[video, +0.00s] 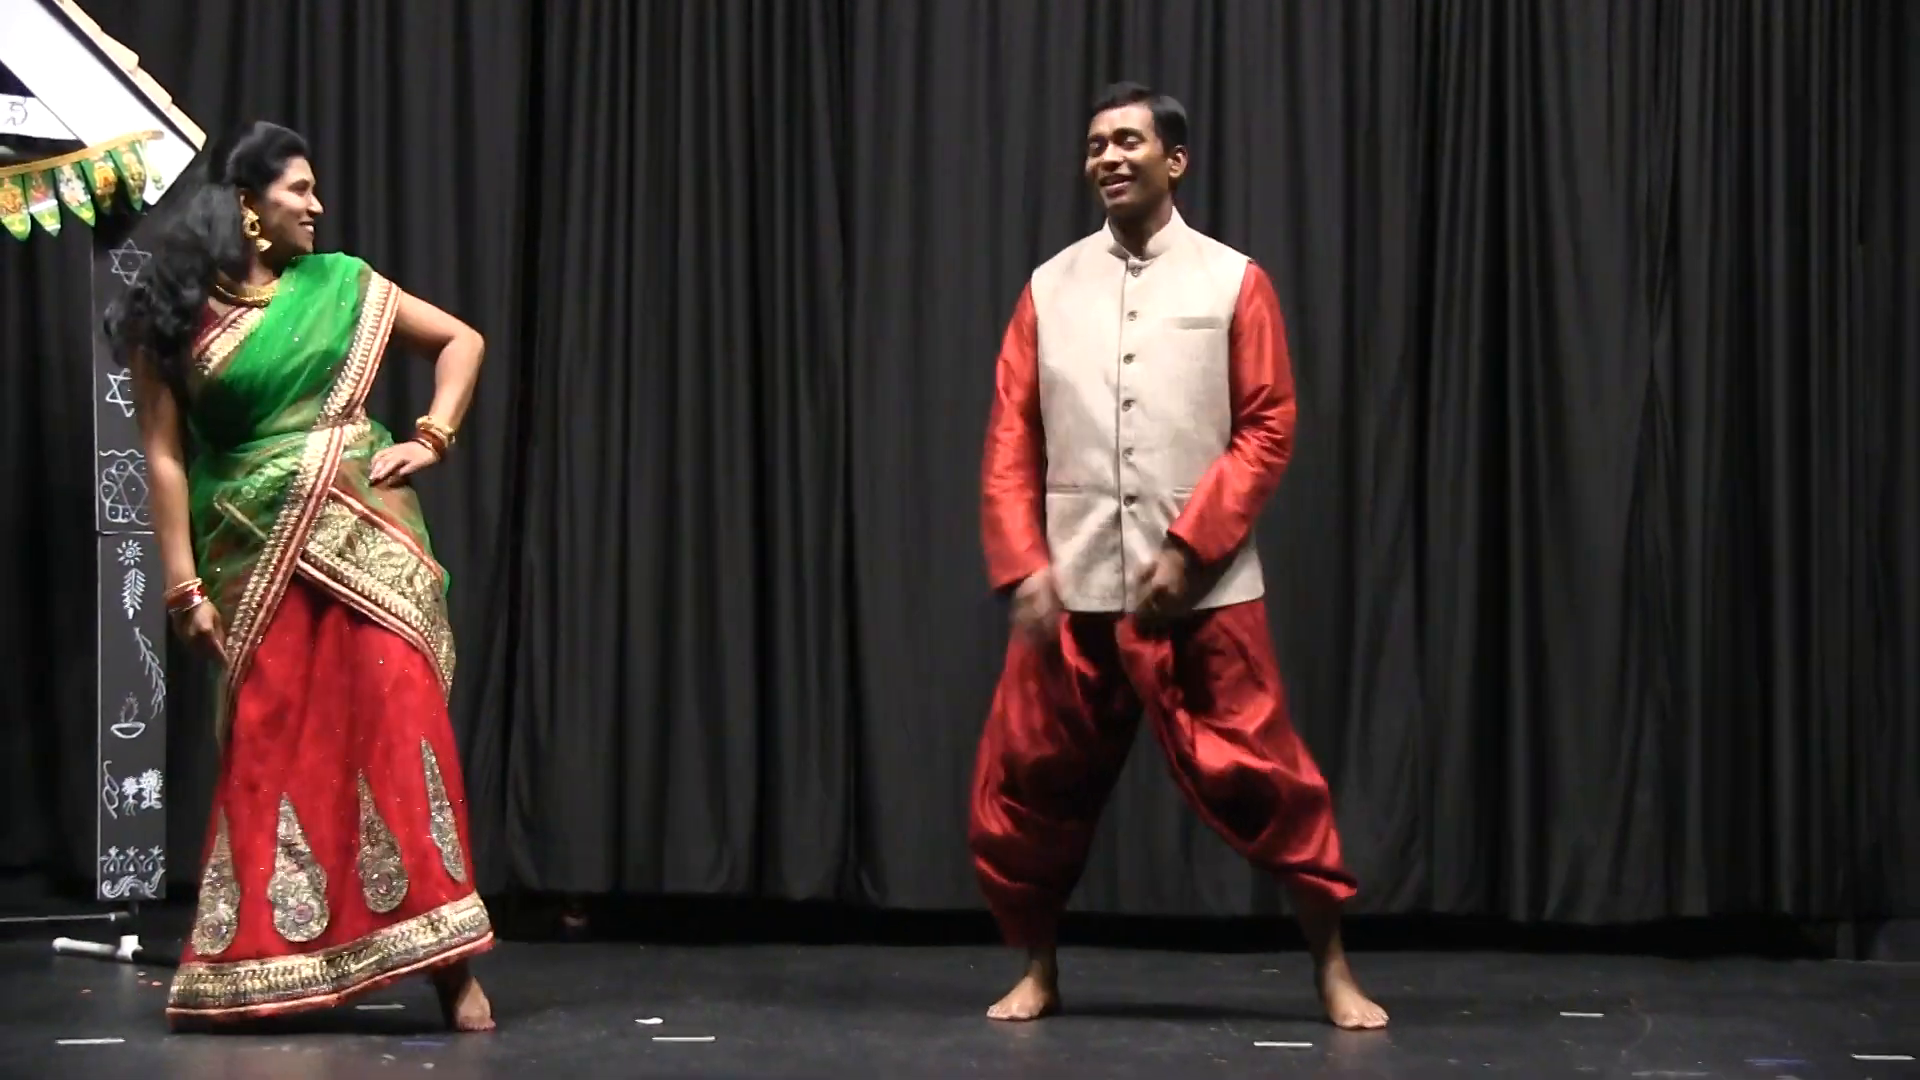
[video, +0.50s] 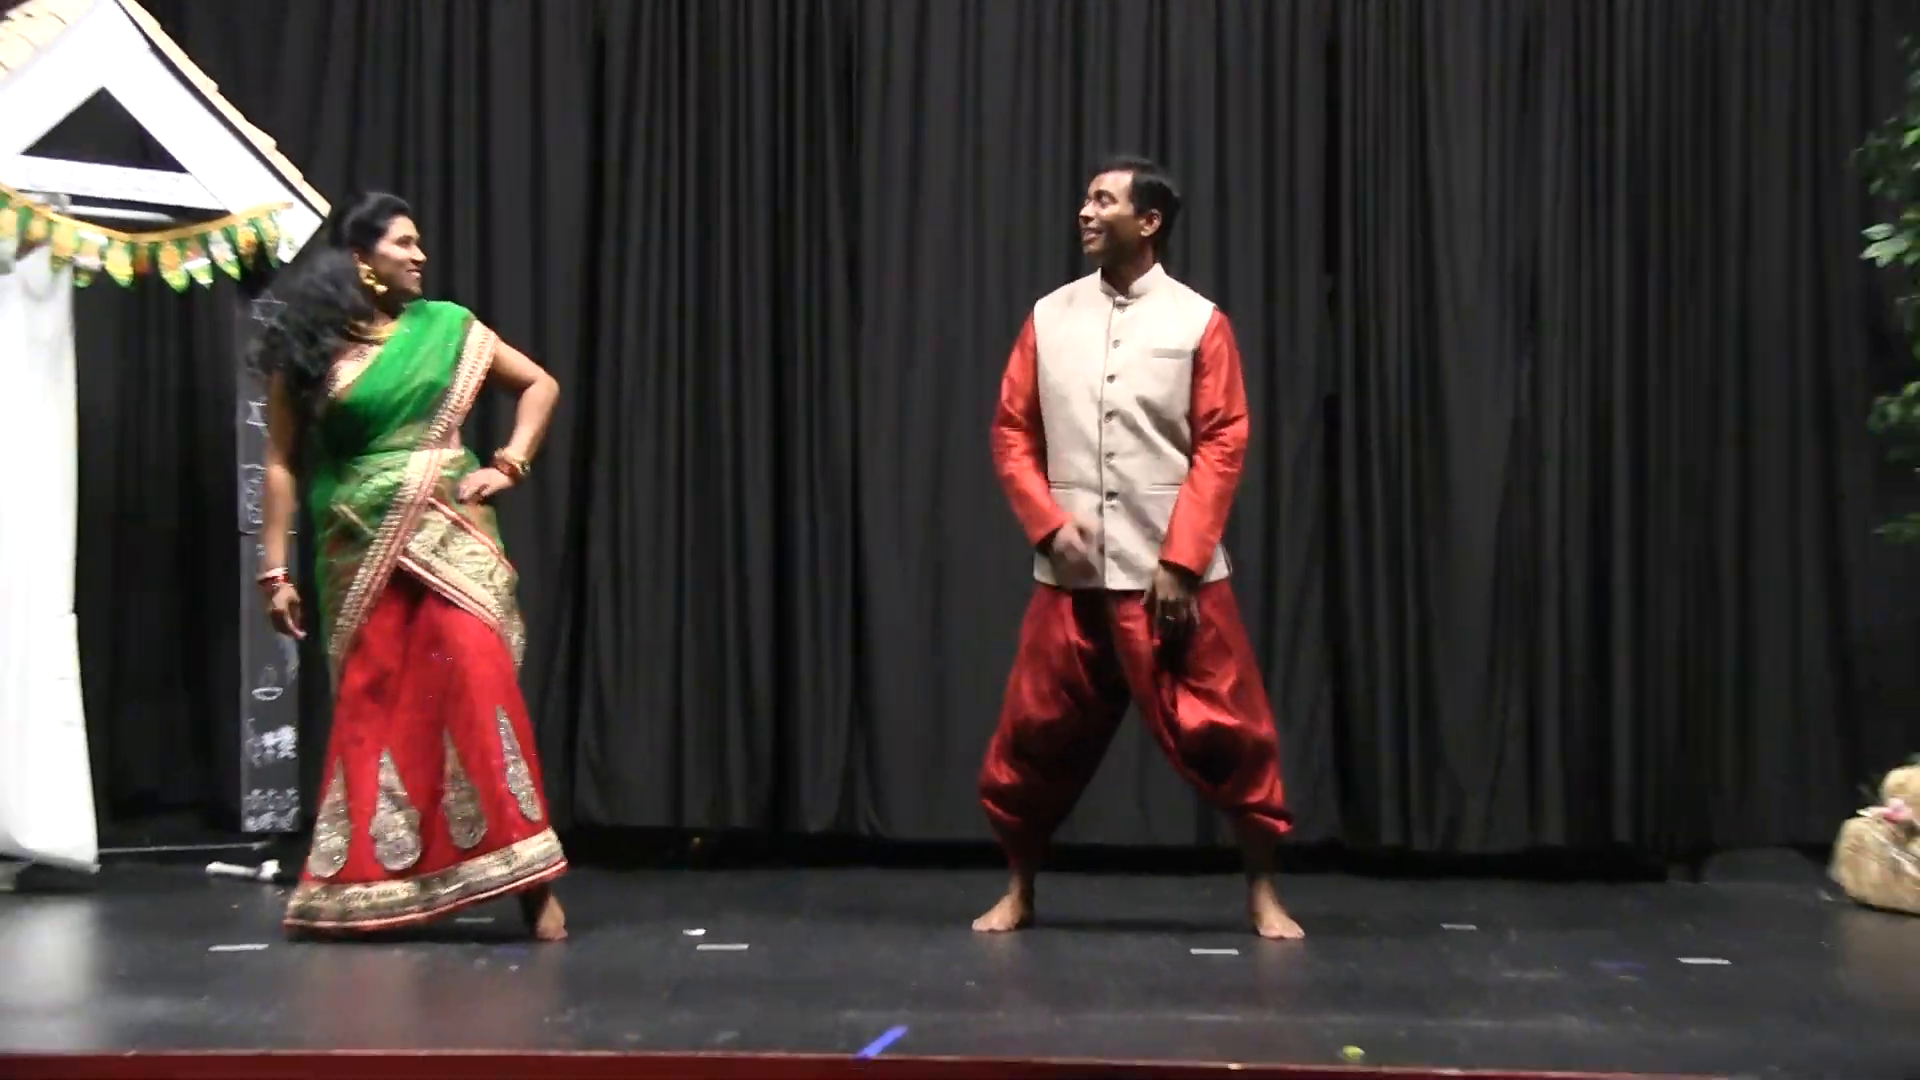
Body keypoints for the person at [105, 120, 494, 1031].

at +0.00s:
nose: (317, 205)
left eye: (316, 189)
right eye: (300, 190)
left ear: (302, 200)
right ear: (245, 202)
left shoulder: (347, 282)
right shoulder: (173, 320)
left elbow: (462, 340)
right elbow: (164, 451)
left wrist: (434, 436)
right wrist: (182, 583)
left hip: (372, 536)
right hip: (260, 553)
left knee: (402, 737)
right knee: (264, 750)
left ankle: (454, 962)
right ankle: (269, 973)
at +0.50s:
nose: (419, 256)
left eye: (420, 244)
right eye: (403, 243)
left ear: (416, 256)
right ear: (358, 253)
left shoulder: (448, 325)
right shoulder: (306, 344)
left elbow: (539, 384)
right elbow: (281, 459)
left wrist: (511, 461)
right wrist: (275, 569)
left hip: (452, 531)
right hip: (362, 544)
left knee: (480, 688)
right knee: (369, 704)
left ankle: (535, 880)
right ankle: (375, 891)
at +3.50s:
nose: (463, 305)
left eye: (475, 297)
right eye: (453, 297)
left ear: (499, 315)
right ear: (437, 315)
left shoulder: (528, 376)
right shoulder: (420, 384)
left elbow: (522, 446)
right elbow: (389, 453)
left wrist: (452, 422)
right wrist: (418, 430)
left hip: (524, 547)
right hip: (447, 555)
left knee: (583, 664)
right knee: (444, 682)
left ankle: (671, 797)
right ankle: (463, 822)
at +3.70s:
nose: (470, 274)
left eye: (485, 267)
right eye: (462, 267)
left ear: (514, 289)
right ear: (454, 287)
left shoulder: (533, 346)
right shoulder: (429, 341)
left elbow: (599, 325)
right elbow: (346, 321)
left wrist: (581, 249)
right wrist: (330, 248)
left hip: (519, 518)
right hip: (444, 525)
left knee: (537, 641)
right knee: (449, 665)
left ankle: (553, 808)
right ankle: (469, 825)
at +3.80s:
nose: (476, 269)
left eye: (490, 260)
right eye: (469, 261)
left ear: (524, 274)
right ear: (462, 276)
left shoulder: (555, 335)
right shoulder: (440, 334)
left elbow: (645, 325)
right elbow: (344, 353)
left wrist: (619, 251)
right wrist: (307, 282)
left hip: (522, 512)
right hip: (444, 510)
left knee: (520, 656)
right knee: (407, 648)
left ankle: (516, 822)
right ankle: (398, 813)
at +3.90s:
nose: (480, 287)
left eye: (493, 276)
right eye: (477, 278)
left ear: (530, 286)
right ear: (475, 290)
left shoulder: (567, 352)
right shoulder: (451, 354)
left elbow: (662, 348)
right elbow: (375, 394)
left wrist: (623, 282)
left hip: (524, 528)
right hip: (443, 524)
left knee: (525, 667)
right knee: (376, 655)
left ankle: (522, 823)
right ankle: (320, 815)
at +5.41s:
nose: (538, 291)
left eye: (552, 283)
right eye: (528, 282)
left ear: (576, 297)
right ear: (515, 298)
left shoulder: (603, 363)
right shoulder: (496, 366)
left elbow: (593, 416)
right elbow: (458, 399)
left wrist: (570, 347)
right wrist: (474, 330)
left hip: (573, 536)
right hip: (497, 531)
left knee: (565, 675)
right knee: (460, 657)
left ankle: (559, 832)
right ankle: (426, 823)